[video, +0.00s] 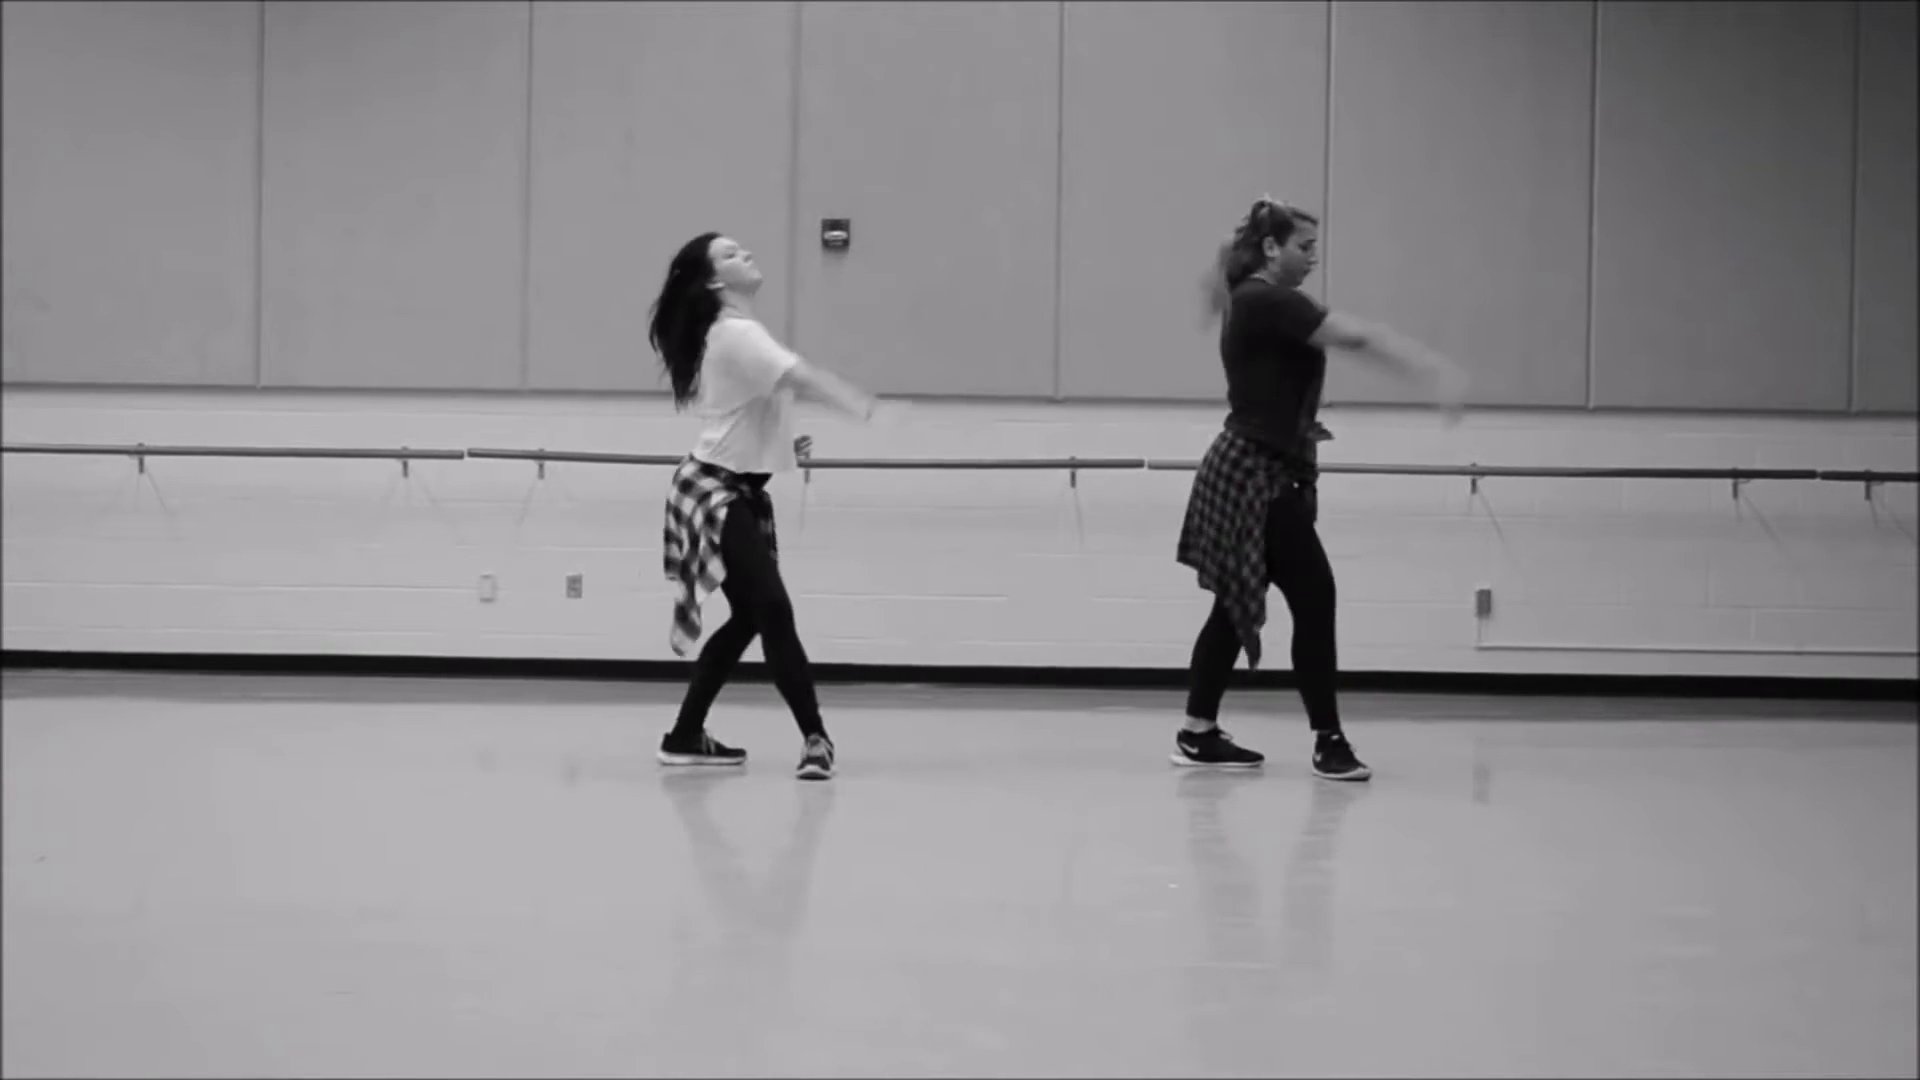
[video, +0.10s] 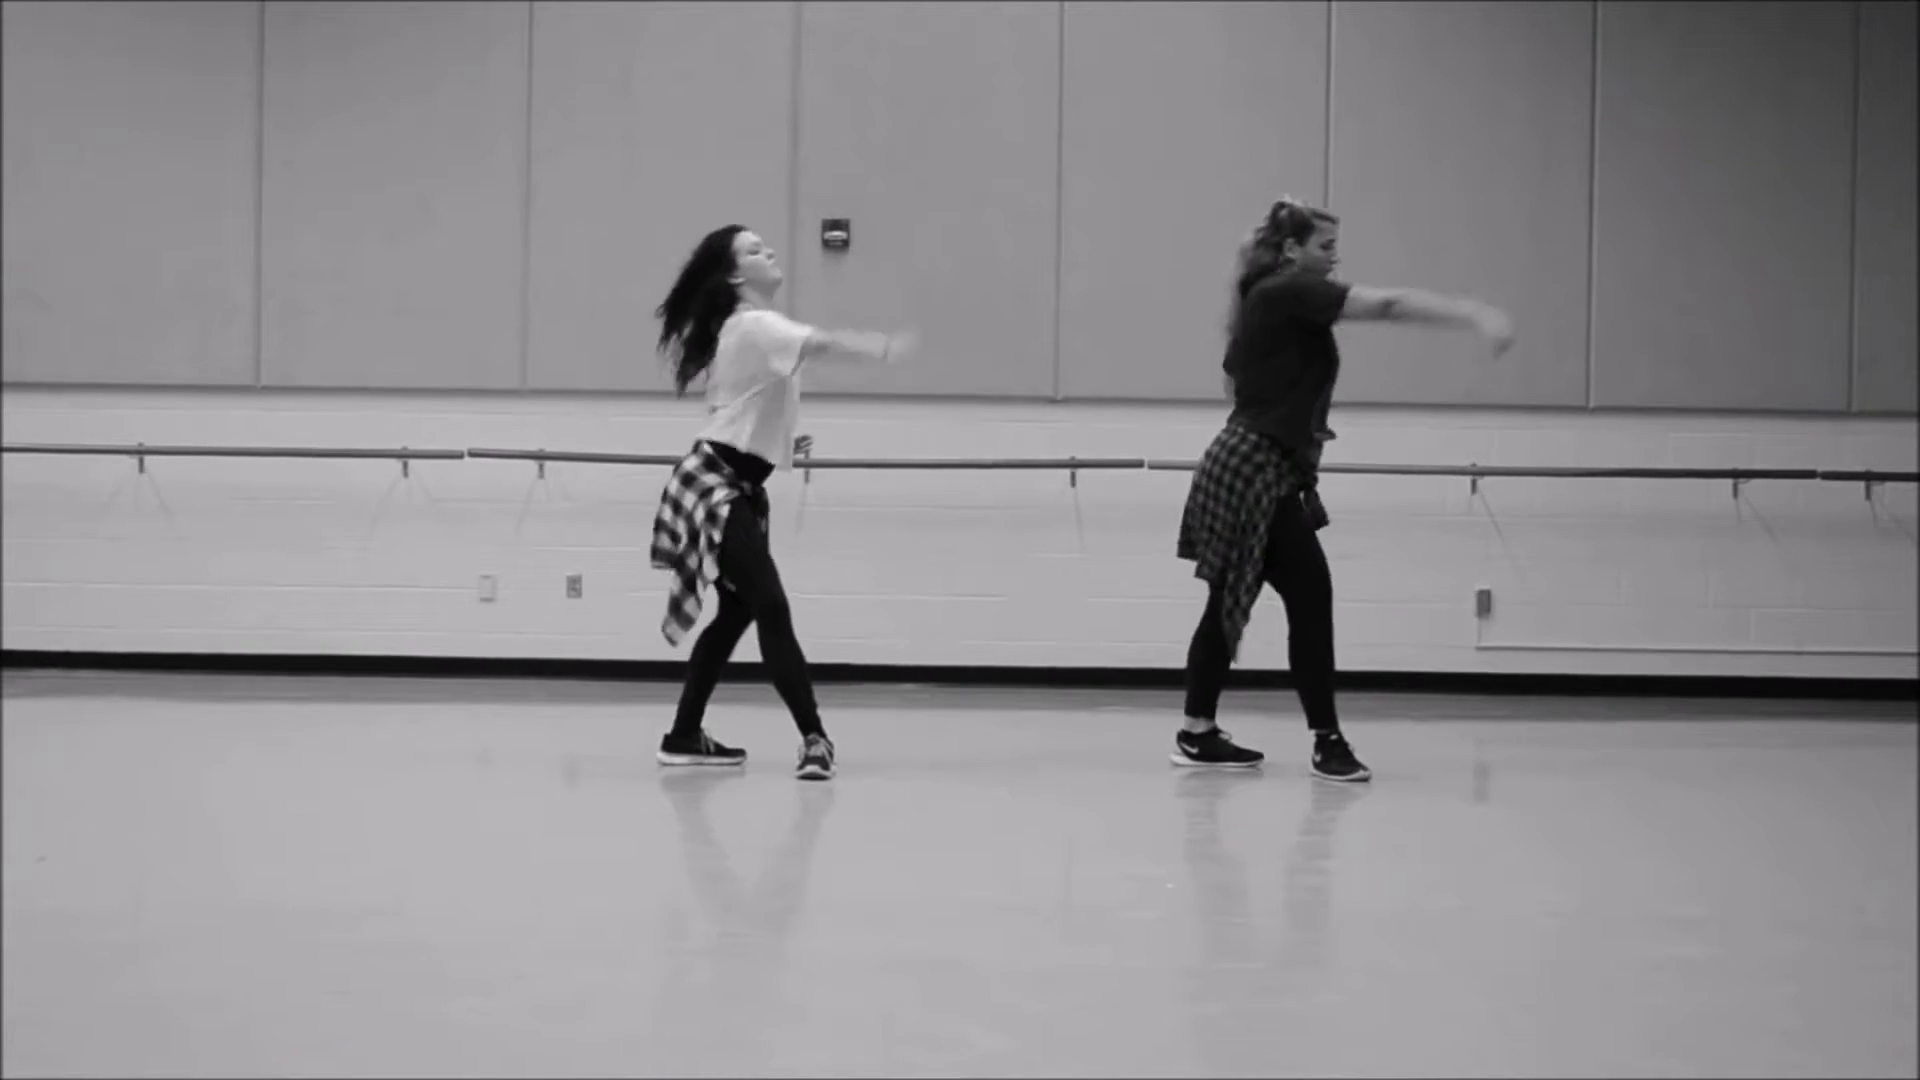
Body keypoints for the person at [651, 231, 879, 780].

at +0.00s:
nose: (747, 255)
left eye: (742, 249)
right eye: (732, 254)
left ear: (735, 276)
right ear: (712, 279)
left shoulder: (743, 329)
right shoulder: (732, 332)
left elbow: (744, 413)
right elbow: (800, 376)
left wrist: (787, 445)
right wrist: (864, 406)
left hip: (743, 491)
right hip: (720, 492)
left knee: (747, 616)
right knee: (775, 608)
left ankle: (686, 732)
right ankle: (815, 738)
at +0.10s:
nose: (771, 255)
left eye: (767, 247)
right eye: (756, 251)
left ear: (753, 270)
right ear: (732, 273)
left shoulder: (753, 325)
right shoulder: (751, 323)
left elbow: (735, 410)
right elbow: (820, 341)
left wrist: (783, 446)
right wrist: (880, 346)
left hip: (739, 488)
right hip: (720, 488)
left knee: (735, 612)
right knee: (771, 607)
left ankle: (683, 733)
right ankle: (814, 737)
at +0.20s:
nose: (797, 255)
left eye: (794, 247)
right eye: (783, 250)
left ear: (779, 269)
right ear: (757, 269)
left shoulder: (766, 320)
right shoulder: (767, 317)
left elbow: (743, 398)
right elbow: (832, 309)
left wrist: (784, 441)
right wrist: (889, 287)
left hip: (742, 480)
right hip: (725, 482)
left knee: (723, 610)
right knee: (769, 607)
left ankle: (683, 732)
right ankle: (813, 736)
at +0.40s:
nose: (849, 264)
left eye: (849, 254)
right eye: (841, 254)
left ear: (800, 265)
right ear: (813, 261)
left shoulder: (795, 324)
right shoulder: (792, 311)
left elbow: (763, 410)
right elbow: (853, 261)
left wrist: (801, 451)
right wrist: (895, 193)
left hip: (740, 475)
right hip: (739, 477)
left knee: (708, 606)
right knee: (769, 614)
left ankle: (682, 732)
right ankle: (813, 739)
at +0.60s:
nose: (886, 295)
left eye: (888, 287)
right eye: (876, 286)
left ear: (876, 297)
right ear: (842, 287)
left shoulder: (838, 356)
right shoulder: (803, 326)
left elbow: (785, 419)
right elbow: (845, 243)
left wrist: (805, 464)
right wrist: (890, 218)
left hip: (762, 485)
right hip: (735, 474)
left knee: (708, 606)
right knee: (771, 613)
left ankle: (681, 731)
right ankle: (814, 737)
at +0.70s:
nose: (891, 301)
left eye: (894, 293)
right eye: (880, 290)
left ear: (890, 302)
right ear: (849, 289)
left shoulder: (844, 366)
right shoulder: (808, 321)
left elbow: (850, 426)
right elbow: (859, 233)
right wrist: (894, 254)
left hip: (765, 488)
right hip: (735, 472)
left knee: (707, 605)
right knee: (772, 611)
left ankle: (682, 730)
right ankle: (814, 738)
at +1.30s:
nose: (870, 299)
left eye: (881, 291)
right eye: (860, 290)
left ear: (895, 299)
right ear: (845, 291)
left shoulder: (896, 366)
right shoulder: (821, 309)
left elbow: (886, 401)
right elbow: (826, 211)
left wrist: (894, 321)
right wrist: (891, 238)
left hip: (782, 488)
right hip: (745, 465)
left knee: (711, 605)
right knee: (771, 610)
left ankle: (676, 727)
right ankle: (792, 741)